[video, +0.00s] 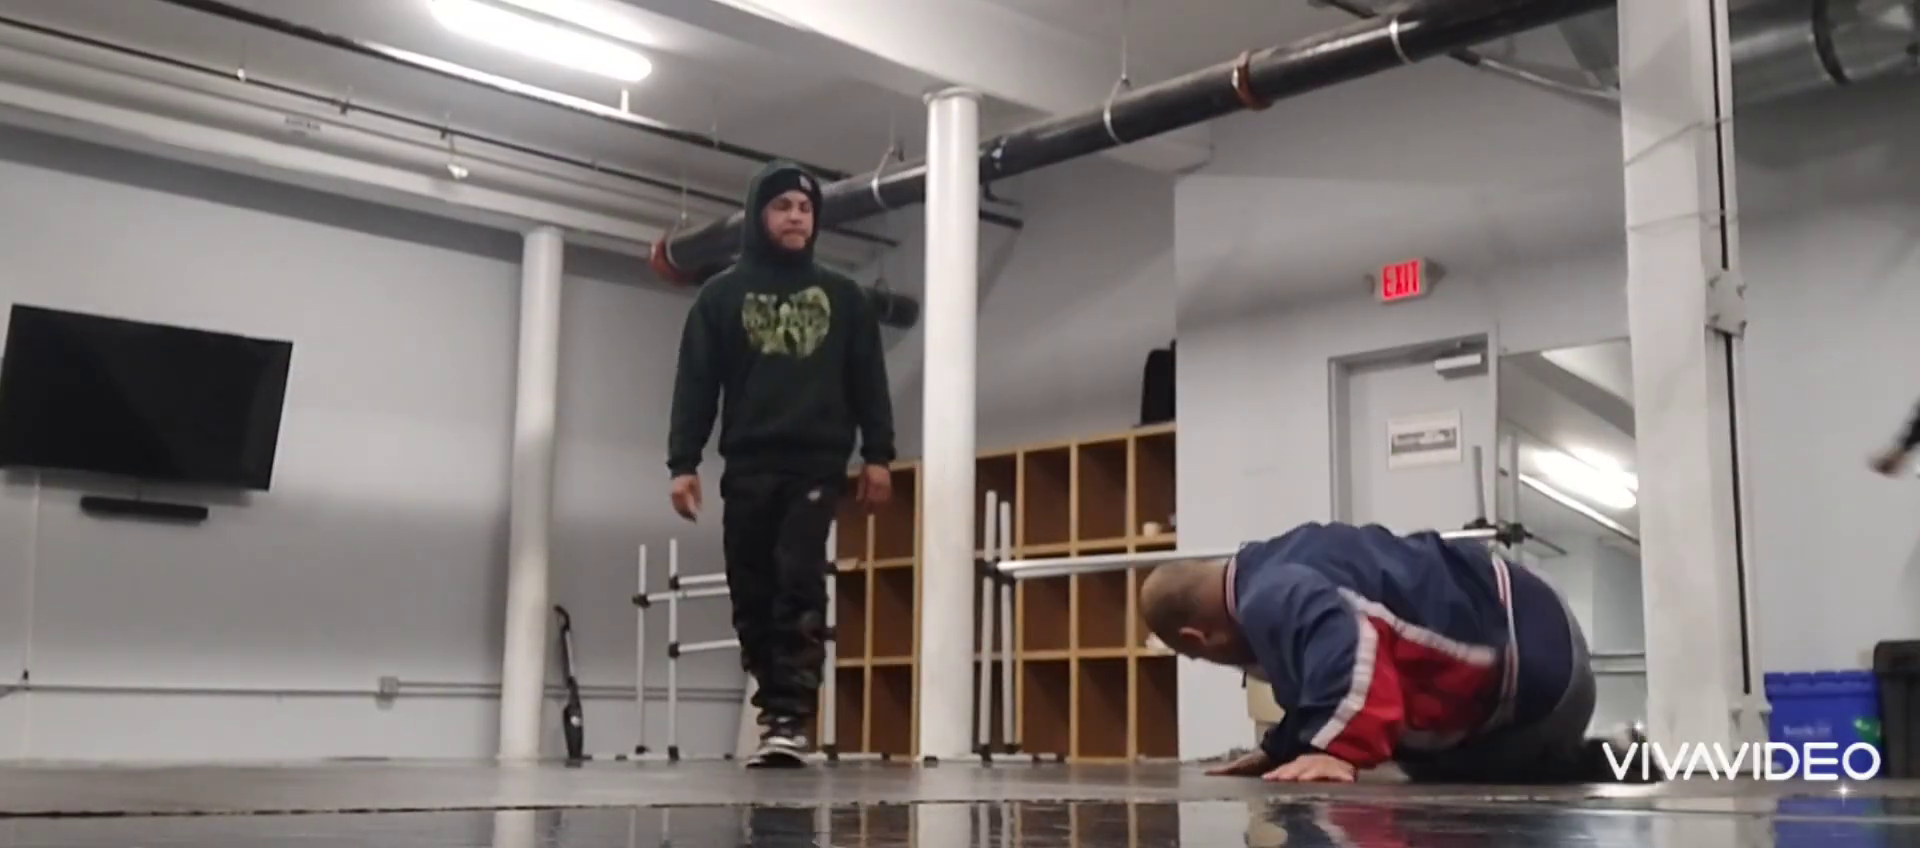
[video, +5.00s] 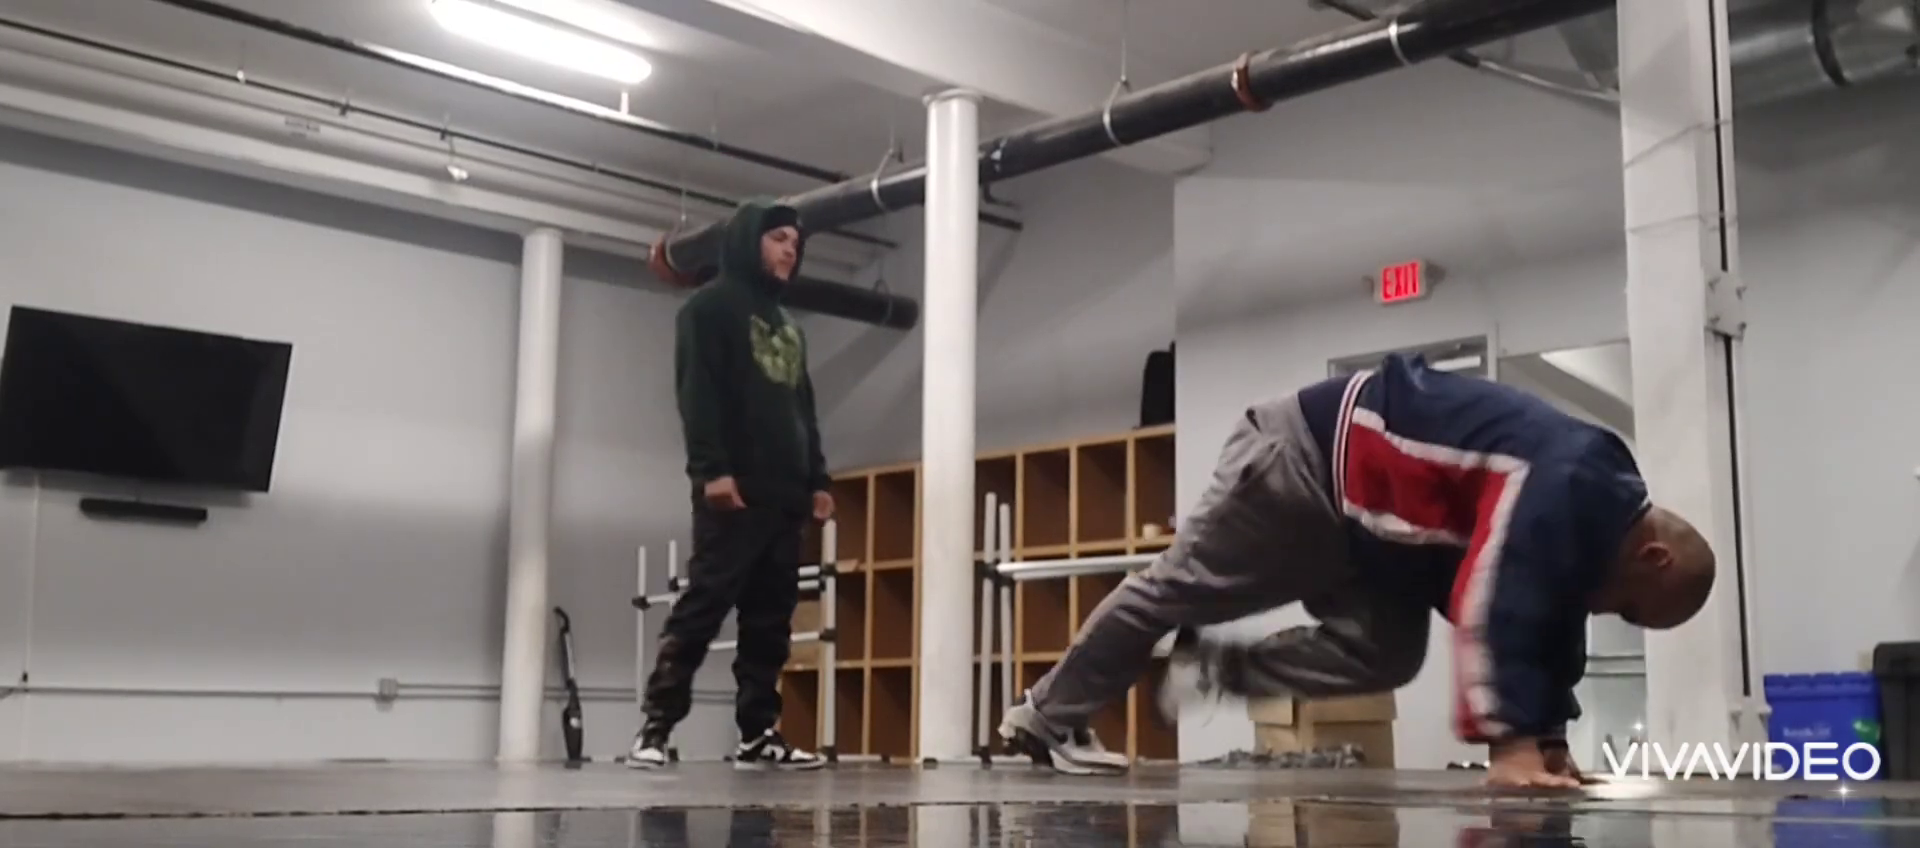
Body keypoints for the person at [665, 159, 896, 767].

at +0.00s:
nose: (797, 217)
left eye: (805, 208)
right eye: (784, 206)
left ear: (815, 219)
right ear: (758, 217)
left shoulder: (844, 294)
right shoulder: (721, 295)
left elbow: (869, 379)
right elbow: (696, 383)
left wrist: (878, 455)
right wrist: (684, 464)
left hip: (818, 463)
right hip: (749, 463)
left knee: (798, 581)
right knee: (752, 591)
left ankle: (793, 722)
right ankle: (775, 717)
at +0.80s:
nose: (780, 191)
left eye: (791, 186)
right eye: (768, 179)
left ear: (797, 202)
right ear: (739, 185)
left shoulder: (812, 276)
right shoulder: (689, 263)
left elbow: (833, 364)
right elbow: (651, 352)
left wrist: (823, 432)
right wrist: (628, 435)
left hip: (781, 452)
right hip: (706, 448)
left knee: (778, 591)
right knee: (690, 580)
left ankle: (756, 724)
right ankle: (702, 691)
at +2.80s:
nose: (742, 208)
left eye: (747, 199)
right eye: (730, 195)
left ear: (745, 211)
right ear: (696, 198)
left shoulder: (735, 287)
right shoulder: (654, 269)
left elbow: (749, 382)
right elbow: (648, 368)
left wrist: (759, 469)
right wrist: (672, 448)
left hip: (725, 458)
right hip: (664, 454)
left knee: (704, 602)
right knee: (648, 589)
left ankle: (684, 731)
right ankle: (626, 725)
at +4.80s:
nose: (759, 245)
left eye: (764, 237)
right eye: (748, 233)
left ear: (766, 249)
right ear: (716, 237)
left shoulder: (765, 322)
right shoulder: (674, 304)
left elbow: (780, 406)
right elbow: (655, 388)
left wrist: (789, 476)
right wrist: (668, 465)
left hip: (754, 490)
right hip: (694, 485)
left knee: (751, 619)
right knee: (668, 613)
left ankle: (756, 734)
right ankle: (646, 735)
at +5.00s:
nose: (789, 251)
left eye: (794, 244)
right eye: (779, 239)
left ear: (795, 255)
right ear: (748, 241)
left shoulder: (787, 325)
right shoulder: (707, 308)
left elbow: (804, 409)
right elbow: (697, 394)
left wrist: (817, 481)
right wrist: (711, 471)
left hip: (785, 489)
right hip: (730, 485)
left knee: (770, 615)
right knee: (703, 607)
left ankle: (758, 735)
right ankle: (655, 732)